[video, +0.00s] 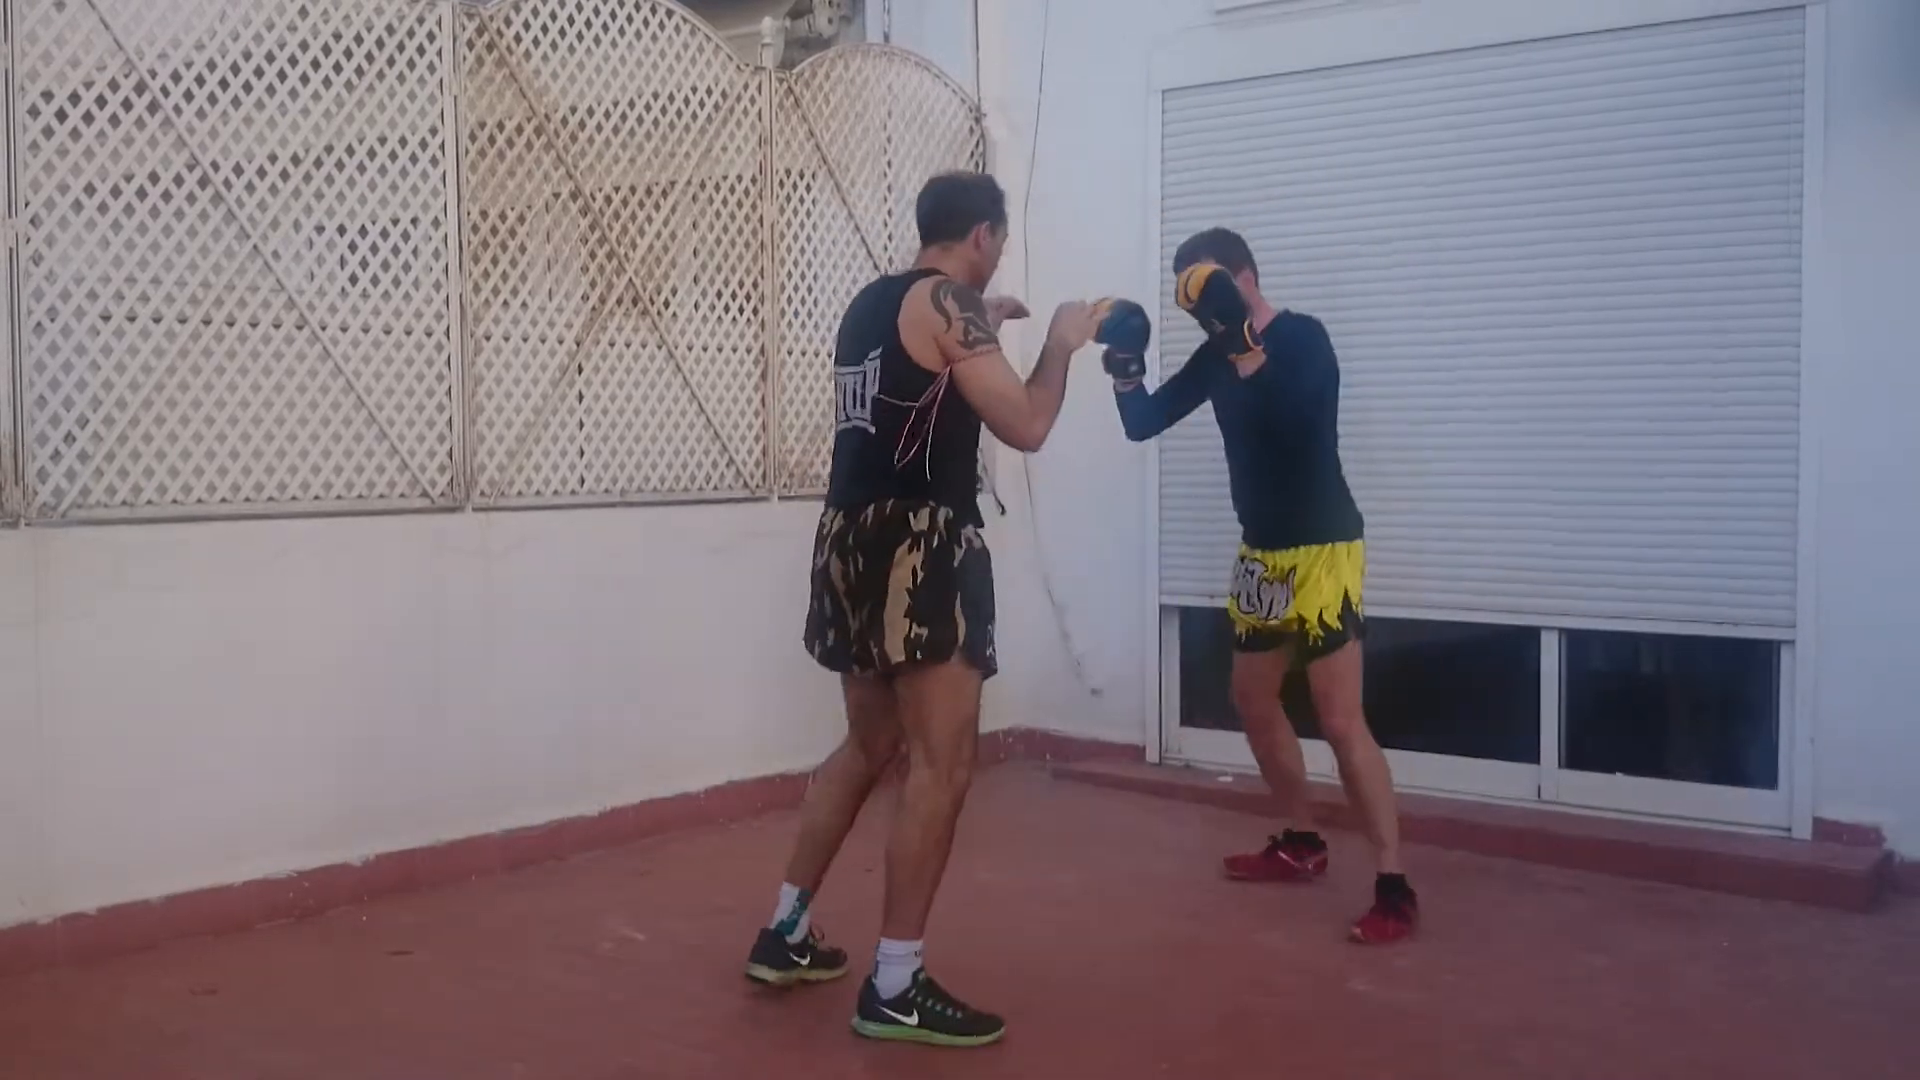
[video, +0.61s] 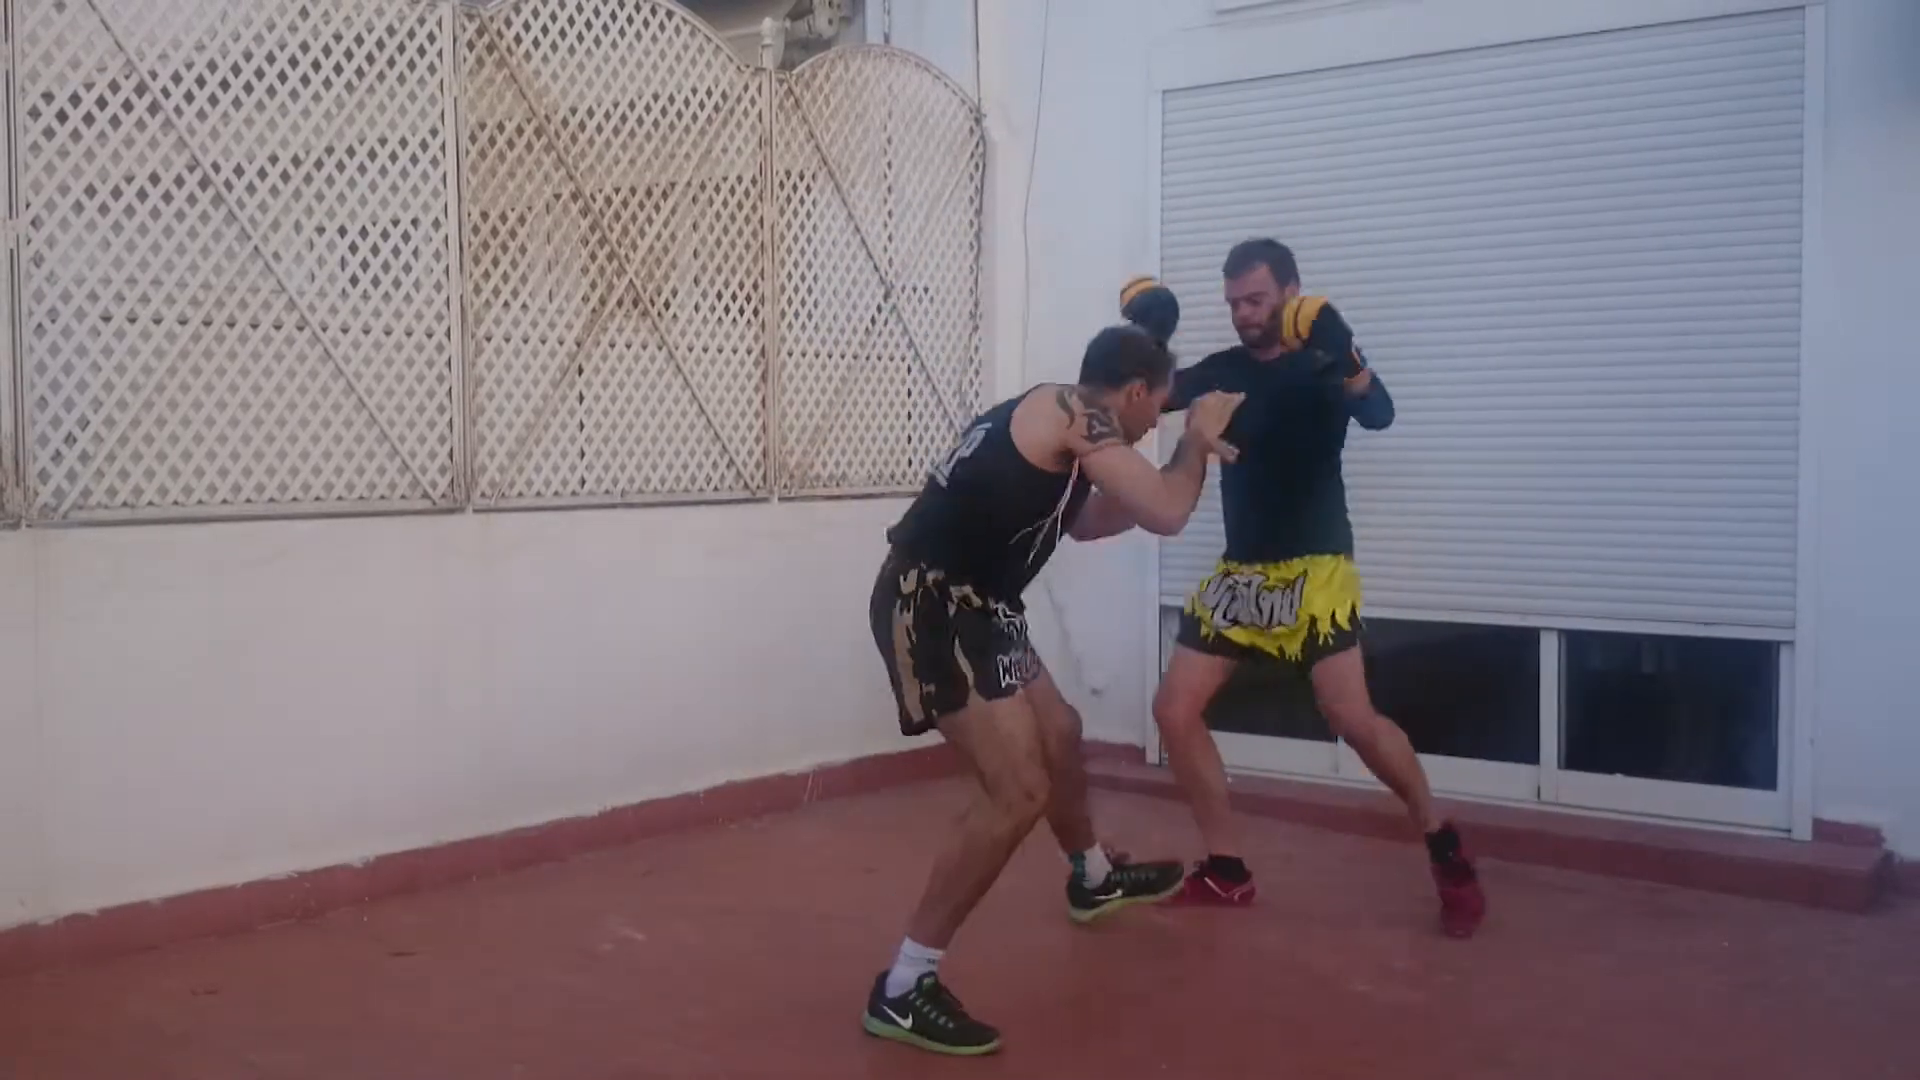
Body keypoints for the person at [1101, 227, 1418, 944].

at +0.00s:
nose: (1209, 302)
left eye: (1217, 286)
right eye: (1198, 294)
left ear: (1251, 276)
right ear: (1197, 301)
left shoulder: (1301, 334)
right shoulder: (1212, 359)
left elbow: (1301, 416)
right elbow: (1141, 423)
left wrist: (1247, 345)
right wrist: (1124, 366)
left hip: (1325, 548)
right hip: (1261, 551)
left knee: (1341, 720)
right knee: (1253, 700)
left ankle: (1392, 883)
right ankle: (1301, 841)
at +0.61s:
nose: (1245, 314)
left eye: (1256, 300)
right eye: (1235, 304)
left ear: (1290, 294)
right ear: (1226, 305)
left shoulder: (1324, 356)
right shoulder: (1220, 371)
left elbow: (1378, 416)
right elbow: (1144, 401)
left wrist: (1346, 362)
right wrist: (1143, 336)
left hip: (1317, 566)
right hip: (1241, 568)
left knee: (1350, 717)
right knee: (1175, 711)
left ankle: (1439, 839)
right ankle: (1225, 867)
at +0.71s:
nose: (1226, 309)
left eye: (1237, 295)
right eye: (1214, 298)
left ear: (1270, 286)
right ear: (1205, 297)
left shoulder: (1310, 361)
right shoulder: (1197, 367)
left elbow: (1385, 408)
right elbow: (1100, 409)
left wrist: (1426, 403)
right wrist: (1111, 335)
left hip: (1288, 544)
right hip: (1218, 554)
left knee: (1293, 690)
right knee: (1171, 709)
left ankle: (1340, 863)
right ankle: (1224, 867)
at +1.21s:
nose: (1197, 295)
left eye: (1208, 286)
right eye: (1199, 285)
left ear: (1236, 304)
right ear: (1220, 311)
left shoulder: (1307, 371)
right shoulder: (1199, 372)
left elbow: (1389, 418)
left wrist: (1384, 342)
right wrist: (1165, 308)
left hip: (1270, 550)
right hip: (1199, 554)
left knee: (1246, 712)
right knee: (1168, 727)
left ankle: (1253, 901)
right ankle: (1226, 860)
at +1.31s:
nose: (1226, 309)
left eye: (1236, 297)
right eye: (1220, 298)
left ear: (1271, 301)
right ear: (1217, 307)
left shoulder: (1324, 369)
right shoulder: (1216, 375)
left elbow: (1396, 437)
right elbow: (1179, 477)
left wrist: (1388, 361)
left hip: (1275, 556)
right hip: (1207, 556)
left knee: (1248, 713)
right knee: (1170, 725)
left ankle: (1254, 905)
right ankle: (1227, 864)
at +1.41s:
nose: (1256, 317)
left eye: (1265, 304)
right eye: (1246, 307)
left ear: (1286, 302)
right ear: (1231, 310)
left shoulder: (1341, 373)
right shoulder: (1229, 370)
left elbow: (1409, 448)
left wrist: (1406, 380)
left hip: (1288, 556)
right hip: (1220, 554)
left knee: (1256, 718)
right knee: (1177, 726)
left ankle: (1257, 907)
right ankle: (1228, 861)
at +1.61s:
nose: (1277, 309)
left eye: (1287, 295)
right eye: (1270, 298)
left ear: (1329, 286)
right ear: (1266, 300)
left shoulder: (1380, 360)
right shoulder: (1262, 361)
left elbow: (1446, 450)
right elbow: (1183, 393)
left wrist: (1424, 398)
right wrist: (1141, 338)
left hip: (1337, 557)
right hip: (1267, 556)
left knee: (1316, 722)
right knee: (1198, 711)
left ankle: (1370, 903)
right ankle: (1227, 866)